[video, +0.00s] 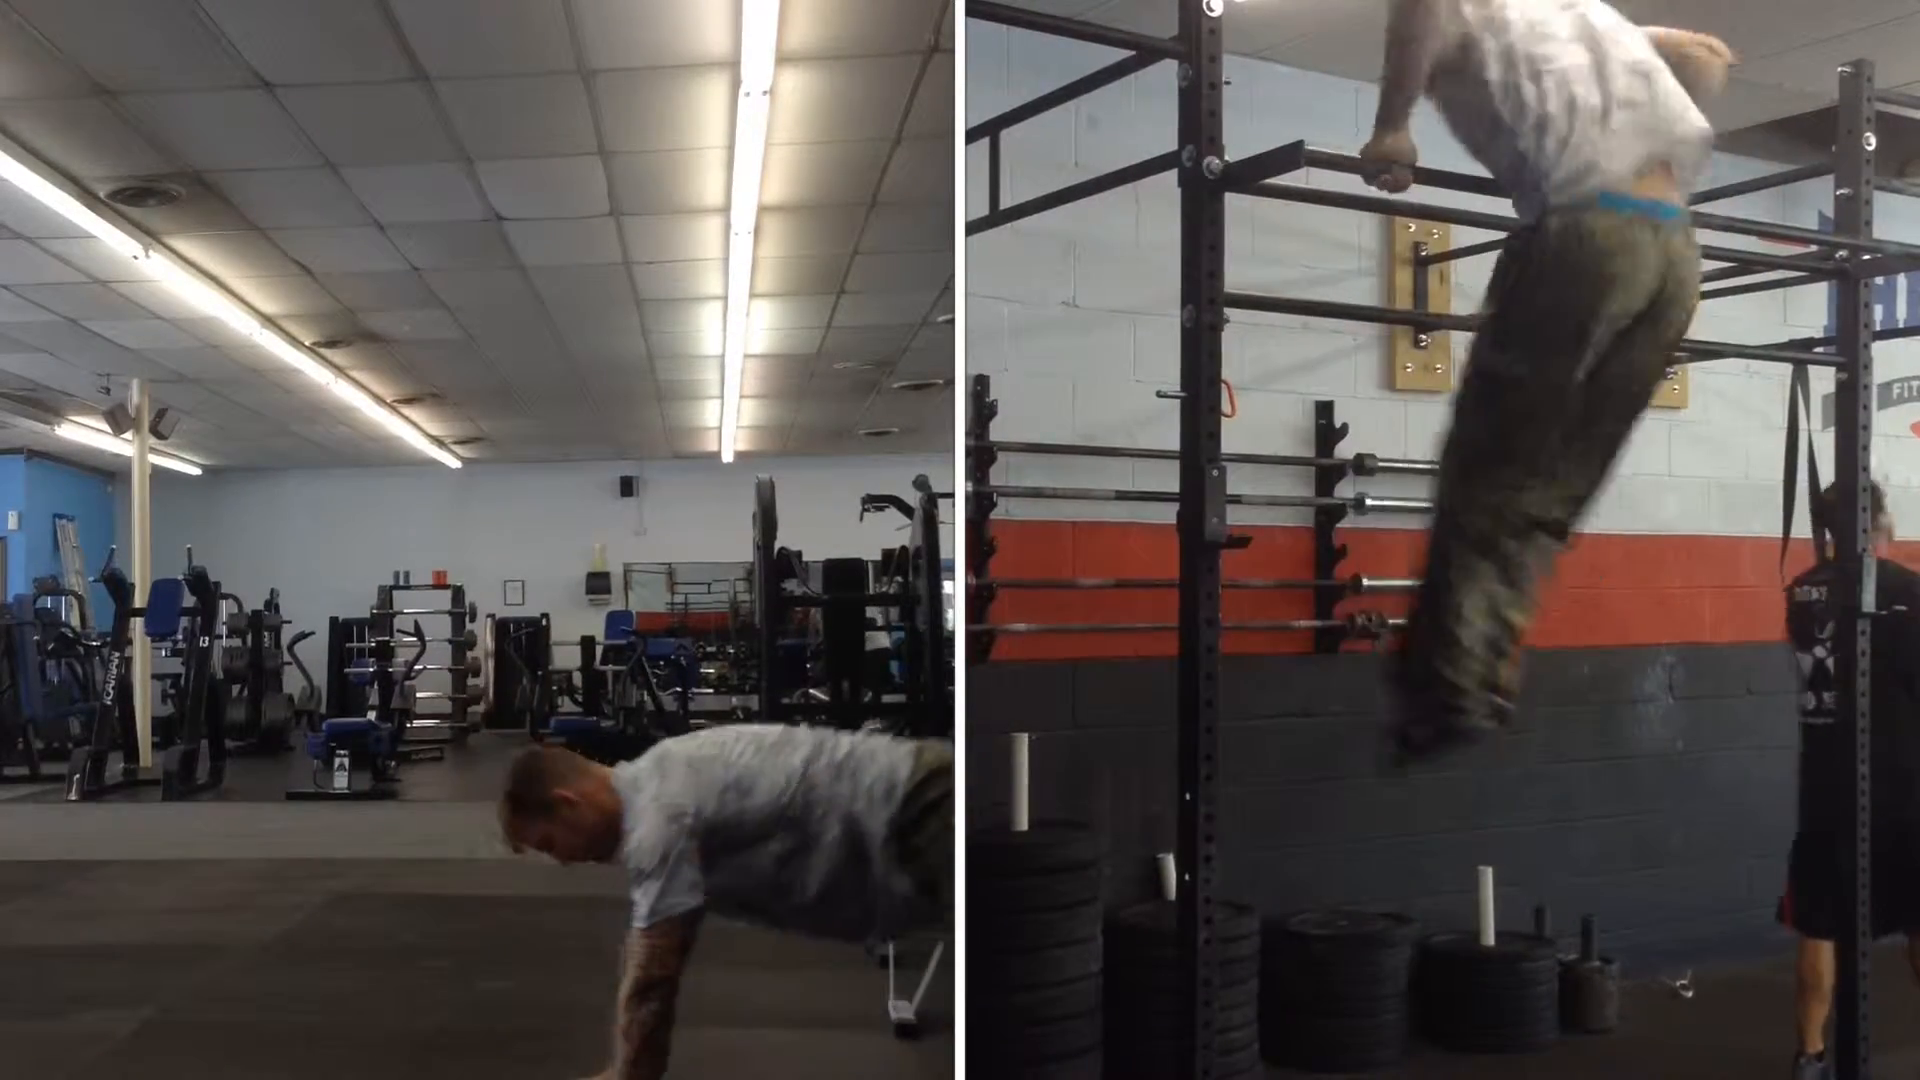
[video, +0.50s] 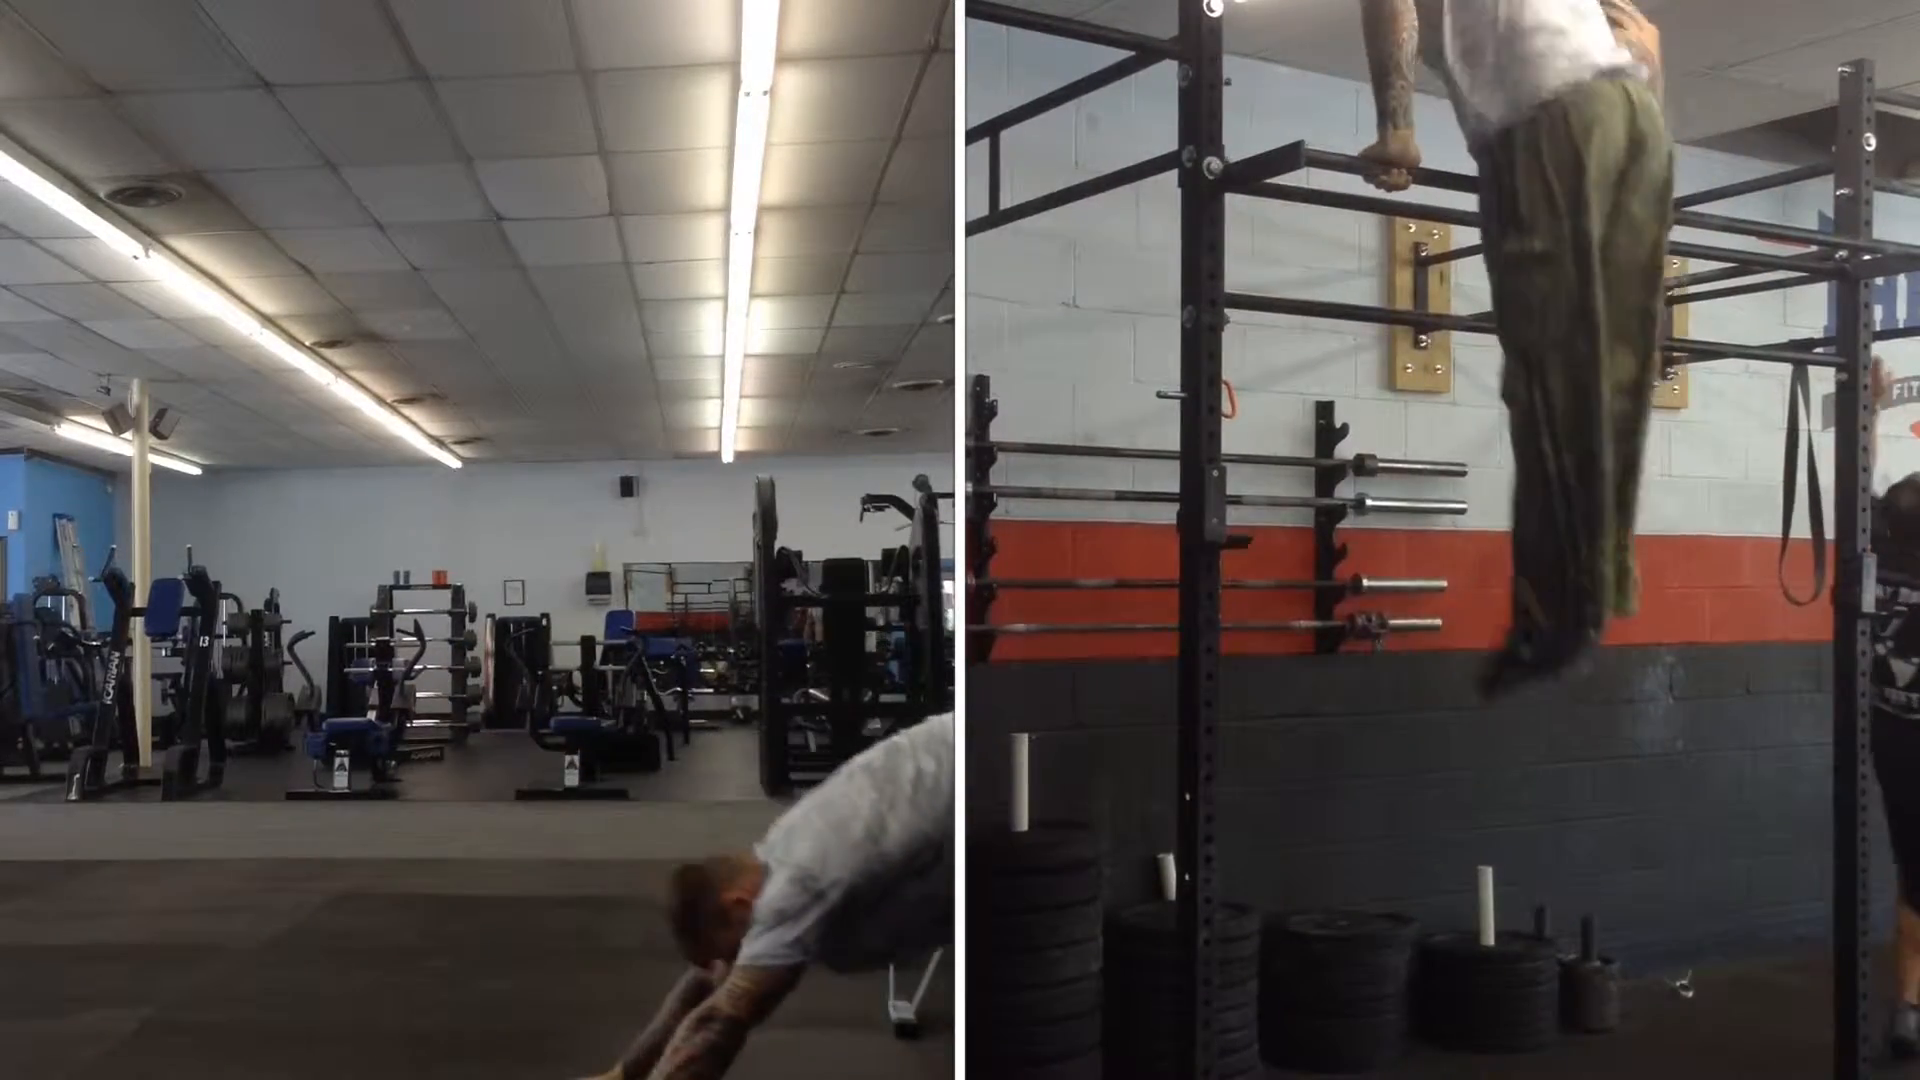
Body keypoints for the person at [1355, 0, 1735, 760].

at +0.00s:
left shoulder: (1454, 12)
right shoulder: (1593, 20)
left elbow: (1419, 8)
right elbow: (1711, 53)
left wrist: (1392, 125)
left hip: (1580, 242)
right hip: (1675, 255)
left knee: (1490, 475)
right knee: (1549, 498)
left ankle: (1448, 700)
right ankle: (1482, 681)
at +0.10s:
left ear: (1420, 28)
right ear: (1492, 16)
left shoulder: (1431, 29)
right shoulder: (1566, 44)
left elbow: (1405, 3)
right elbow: (1672, 43)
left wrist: (1395, 126)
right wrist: (1638, 156)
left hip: (1584, 228)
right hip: (1676, 237)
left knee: (1537, 479)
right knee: (1608, 492)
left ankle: (1517, 727)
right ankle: (1559, 706)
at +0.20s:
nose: (1375, 57)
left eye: (1380, 43)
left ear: (1399, 25)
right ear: (1466, 14)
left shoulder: (1413, 29)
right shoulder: (1544, 43)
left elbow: (1384, 0)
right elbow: (1657, 42)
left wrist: (1395, 125)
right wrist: (1636, 136)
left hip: (1586, 202)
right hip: (1674, 206)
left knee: (1562, 463)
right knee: (1634, 468)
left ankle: (1563, 715)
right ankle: (1614, 697)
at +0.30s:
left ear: (1401, 19)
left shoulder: (1410, 19)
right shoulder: (1542, 15)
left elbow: (1387, 3)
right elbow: (1652, 43)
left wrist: (1396, 126)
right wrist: (1643, 133)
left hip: (1581, 173)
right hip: (1668, 173)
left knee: (1575, 430)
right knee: (1643, 430)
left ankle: (1580, 684)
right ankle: (1621, 663)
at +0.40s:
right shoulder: (1559, 14)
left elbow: (1391, 9)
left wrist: (1396, 127)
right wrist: (1659, 85)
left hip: (1566, 151)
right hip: (1651, 145)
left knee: (1572, 411)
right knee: (1634, 406)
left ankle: (1576, 660)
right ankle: (1621, 655)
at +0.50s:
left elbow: (1395, 11)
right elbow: (1638, 32)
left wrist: (1395, 123)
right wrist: (1642, 121)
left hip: (1545, 113)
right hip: (1634, 101)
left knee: (1550, 362)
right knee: (1620, 361)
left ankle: (1554, 614)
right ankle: (1594, 595)